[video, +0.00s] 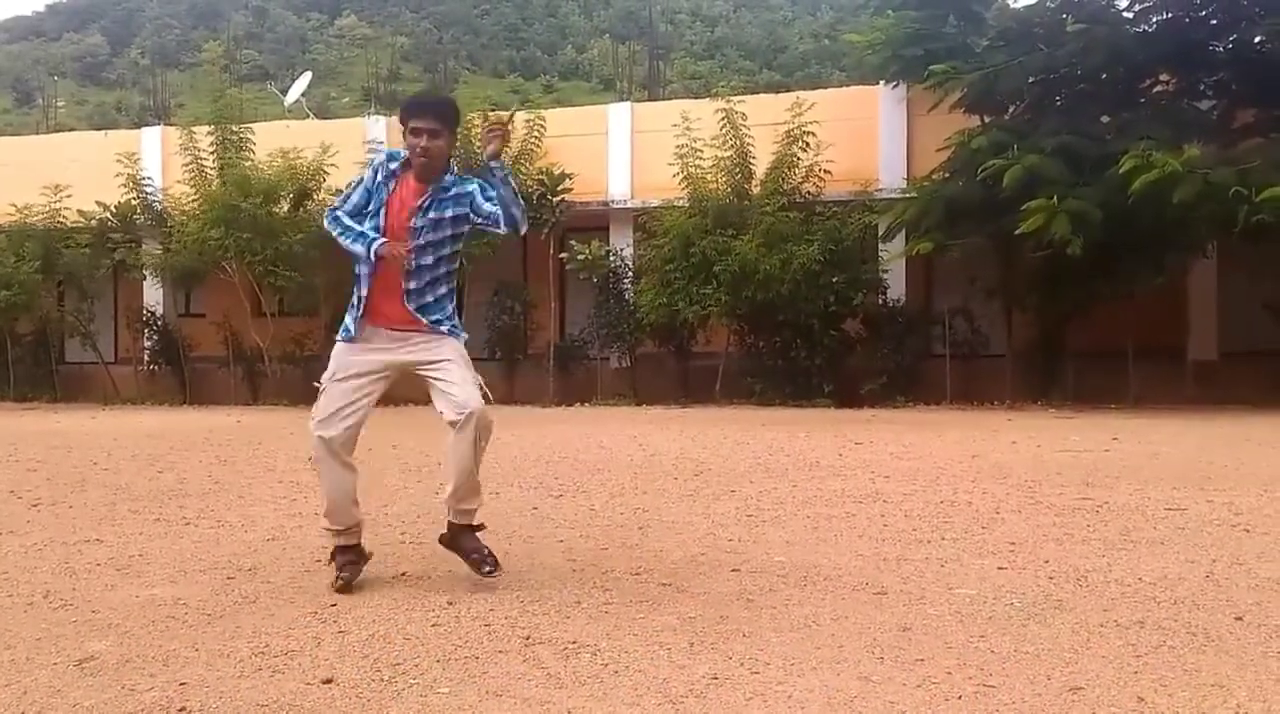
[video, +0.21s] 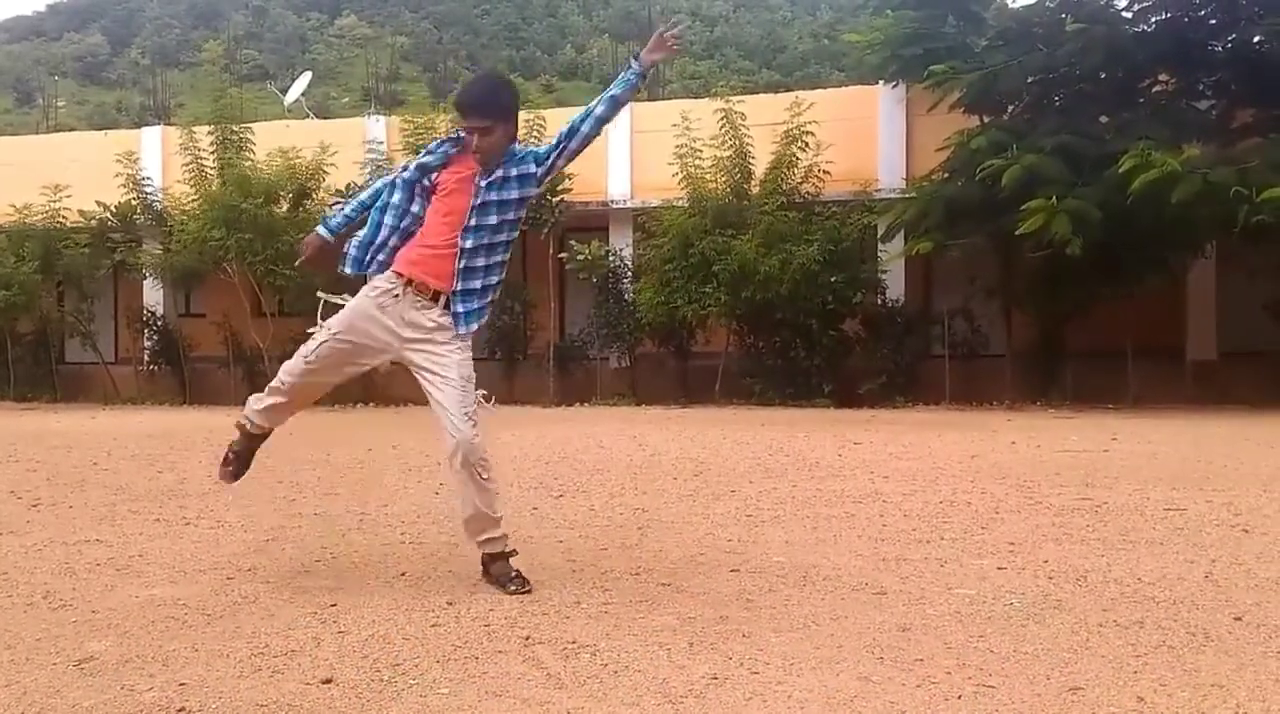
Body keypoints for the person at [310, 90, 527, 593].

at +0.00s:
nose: (420, 145)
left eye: (432, 136)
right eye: (413, 135)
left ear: (453, 142)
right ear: (403, 136)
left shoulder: (464, 190)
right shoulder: (383, 171)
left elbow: (513, 223)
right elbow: (337, 217)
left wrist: (495, 163)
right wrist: (372, 243)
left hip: (434, 333)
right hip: (366, 332)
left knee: (471, 412)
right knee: (328, 431)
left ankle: (462, 527)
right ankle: (347, 545)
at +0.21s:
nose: (473, 142)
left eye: (484, 132)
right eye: (468, 131)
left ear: (513, 128)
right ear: (461, 124)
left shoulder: (529, 168)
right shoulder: (444, 153)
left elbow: (585, 127)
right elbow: (388, 188)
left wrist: (639, 70)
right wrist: (332, 229)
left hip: (446, 327)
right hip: (387, 297)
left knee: (465, 441)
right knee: (301, 371)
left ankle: (495, 558)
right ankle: (253, 430)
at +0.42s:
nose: (505, 160)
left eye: (516, 149)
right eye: (497, 150)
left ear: (540, 151)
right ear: (488, 152)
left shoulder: (556, 211)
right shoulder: (467, 191)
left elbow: (621, 183)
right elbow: (414, 228)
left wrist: (660, 116)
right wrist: (356, 263)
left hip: (474, 355)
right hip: (417, 331)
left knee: (483, 462)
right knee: (336, 421)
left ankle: (496, 561)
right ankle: (282, 390)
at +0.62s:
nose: (509, 159)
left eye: (520, 150)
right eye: (501, 150)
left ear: (541, 160)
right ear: (491, 158)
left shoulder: (548, 236)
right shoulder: (457, 204)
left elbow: (563, 314)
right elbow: (400, 259)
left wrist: (592, 287)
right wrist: (362, 321)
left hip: (487, 362)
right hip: (430, 346)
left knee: (490, 461)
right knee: (432, 459)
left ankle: (495, 559)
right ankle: (383, 464)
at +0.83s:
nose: (492, 139)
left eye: (504, 131)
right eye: (484, 128)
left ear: (519, 139)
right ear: (471, 130)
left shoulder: (522, 201)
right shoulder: (434, 186)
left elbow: (513, 279)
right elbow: (400, 261)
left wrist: (508, 343)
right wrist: (381, 339)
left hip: (485, 337)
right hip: (427, 329)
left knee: (491, 446)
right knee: (422, 449)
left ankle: (496, 556)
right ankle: (377, 549)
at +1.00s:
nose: (489, 154)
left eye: (498, 146)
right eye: (480, 142)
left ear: (506, 150)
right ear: (458, 140)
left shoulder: (499, 200)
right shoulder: (417, 192)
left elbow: (486, 264)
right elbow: (394, 274)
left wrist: (478, 309)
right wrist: (452, 313)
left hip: (466, 345)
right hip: (410, 342)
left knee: (492, 443)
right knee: (398, 460)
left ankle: (489, 555)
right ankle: (365, 554)